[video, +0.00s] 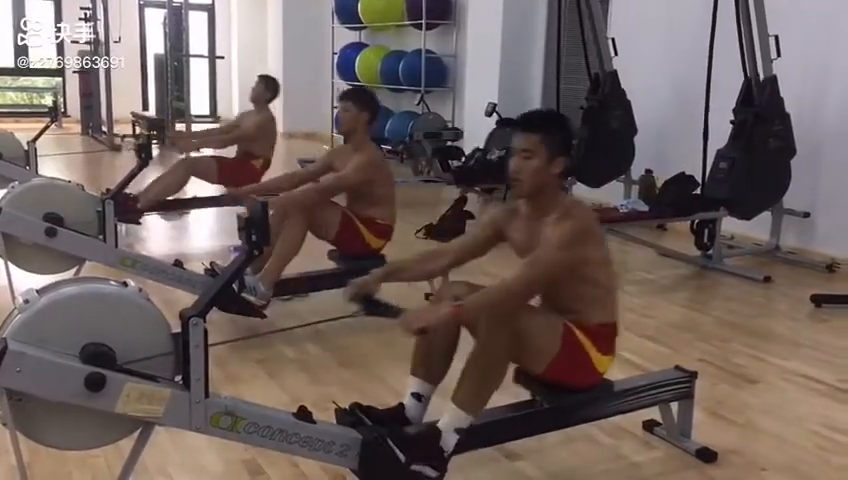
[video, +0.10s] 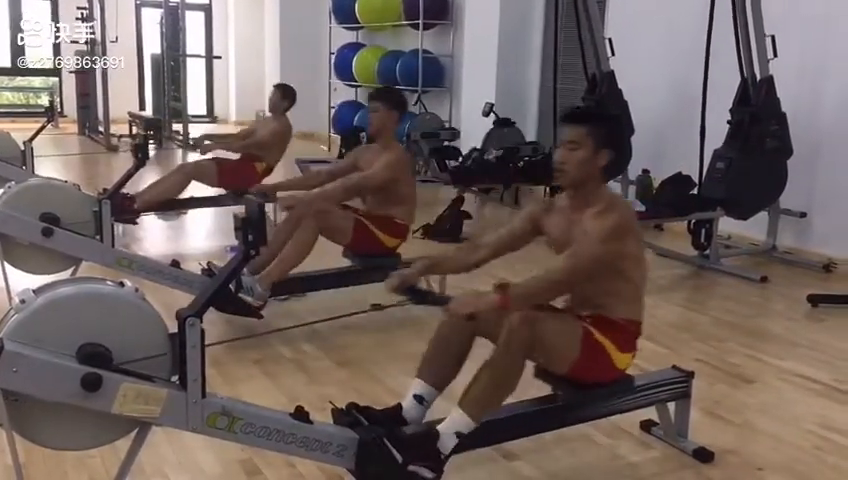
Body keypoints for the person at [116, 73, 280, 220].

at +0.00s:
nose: (252, 89)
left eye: (257, 87)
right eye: (254, 86)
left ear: (266, 94)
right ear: (263, 92)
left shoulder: (263, 121)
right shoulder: (249, 115)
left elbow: (227, 141)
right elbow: (220, 131)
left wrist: (191, 146)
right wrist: (188, 137)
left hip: (247, 173)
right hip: (240, 167)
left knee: (188, 166)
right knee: (183, 163)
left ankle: (142, 205)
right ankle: (140, 198)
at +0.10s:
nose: (270, 98)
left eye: (275, 96)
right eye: (272, 94)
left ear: (285, 103)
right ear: (278, 100)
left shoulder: (279, 127)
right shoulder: (268, 121)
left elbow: (245, 145)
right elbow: (238, 137)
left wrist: (211, 146)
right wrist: (207, 139)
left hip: (247, 174)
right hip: (241, 168)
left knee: (188, 170)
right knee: (186, 168)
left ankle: (136, 205)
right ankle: (136, 201)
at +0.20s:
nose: (279, 108)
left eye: (283, 105)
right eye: (281, 104)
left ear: (292, 111)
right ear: (291, 110)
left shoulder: (289, 135)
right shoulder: (278, 128)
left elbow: (256, 148)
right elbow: (254, 142)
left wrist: (226, 145)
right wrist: (227, 143)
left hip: (248, 174)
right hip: (243, 166)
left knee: (189, 174)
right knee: (187, 171)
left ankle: (134, 207)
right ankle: (133, 200)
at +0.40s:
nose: (277, 116)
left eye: (281, 114)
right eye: (278, 113)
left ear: (289, 118)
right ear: (290, 118)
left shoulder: (293, 143)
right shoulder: (283, 136)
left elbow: (300, 174)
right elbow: (270, 147)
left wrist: (282, 146)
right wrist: (258, 140)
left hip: (240, 174)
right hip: (235, 167)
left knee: (182, 172)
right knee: (181, 170)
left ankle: (126, 206)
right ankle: (125, 201)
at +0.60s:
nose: (267, 117)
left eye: (271, 113)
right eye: (267, 113)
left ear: (283, 116)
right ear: (274, 115)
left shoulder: (287, 144)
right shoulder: (271, 135)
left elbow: (285, 174)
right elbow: (256, 156)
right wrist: (243, 145)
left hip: (236, 176)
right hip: (229, 168)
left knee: (177, 174)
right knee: (175, 170)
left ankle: (122, 208)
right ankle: (121, 201)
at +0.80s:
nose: (250, 108)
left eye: (254, 104)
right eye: (251, 104)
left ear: (266, 106)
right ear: (259, 105)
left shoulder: (272, 132)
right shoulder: (257, 128)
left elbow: (264, 166)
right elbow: (241, 153)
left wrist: (231, 155)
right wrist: (218, 149)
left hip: (237, 175)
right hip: (228, 169)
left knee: (178, 176)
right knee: (175, 174)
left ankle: (118, 207)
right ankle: (118, 202)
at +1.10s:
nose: (230, 103)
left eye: (233, 98)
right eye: (229, 99)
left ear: (247, 99)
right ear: (238, 100)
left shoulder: (257, 125)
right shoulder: (239, 124)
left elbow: (245, 161)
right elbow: (222, 150)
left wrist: (208, 167)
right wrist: (195, 153)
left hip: (237, 178)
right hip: (226, 172)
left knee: (180, 185)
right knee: (176, 182)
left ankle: (118, 211)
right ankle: (116, 205)